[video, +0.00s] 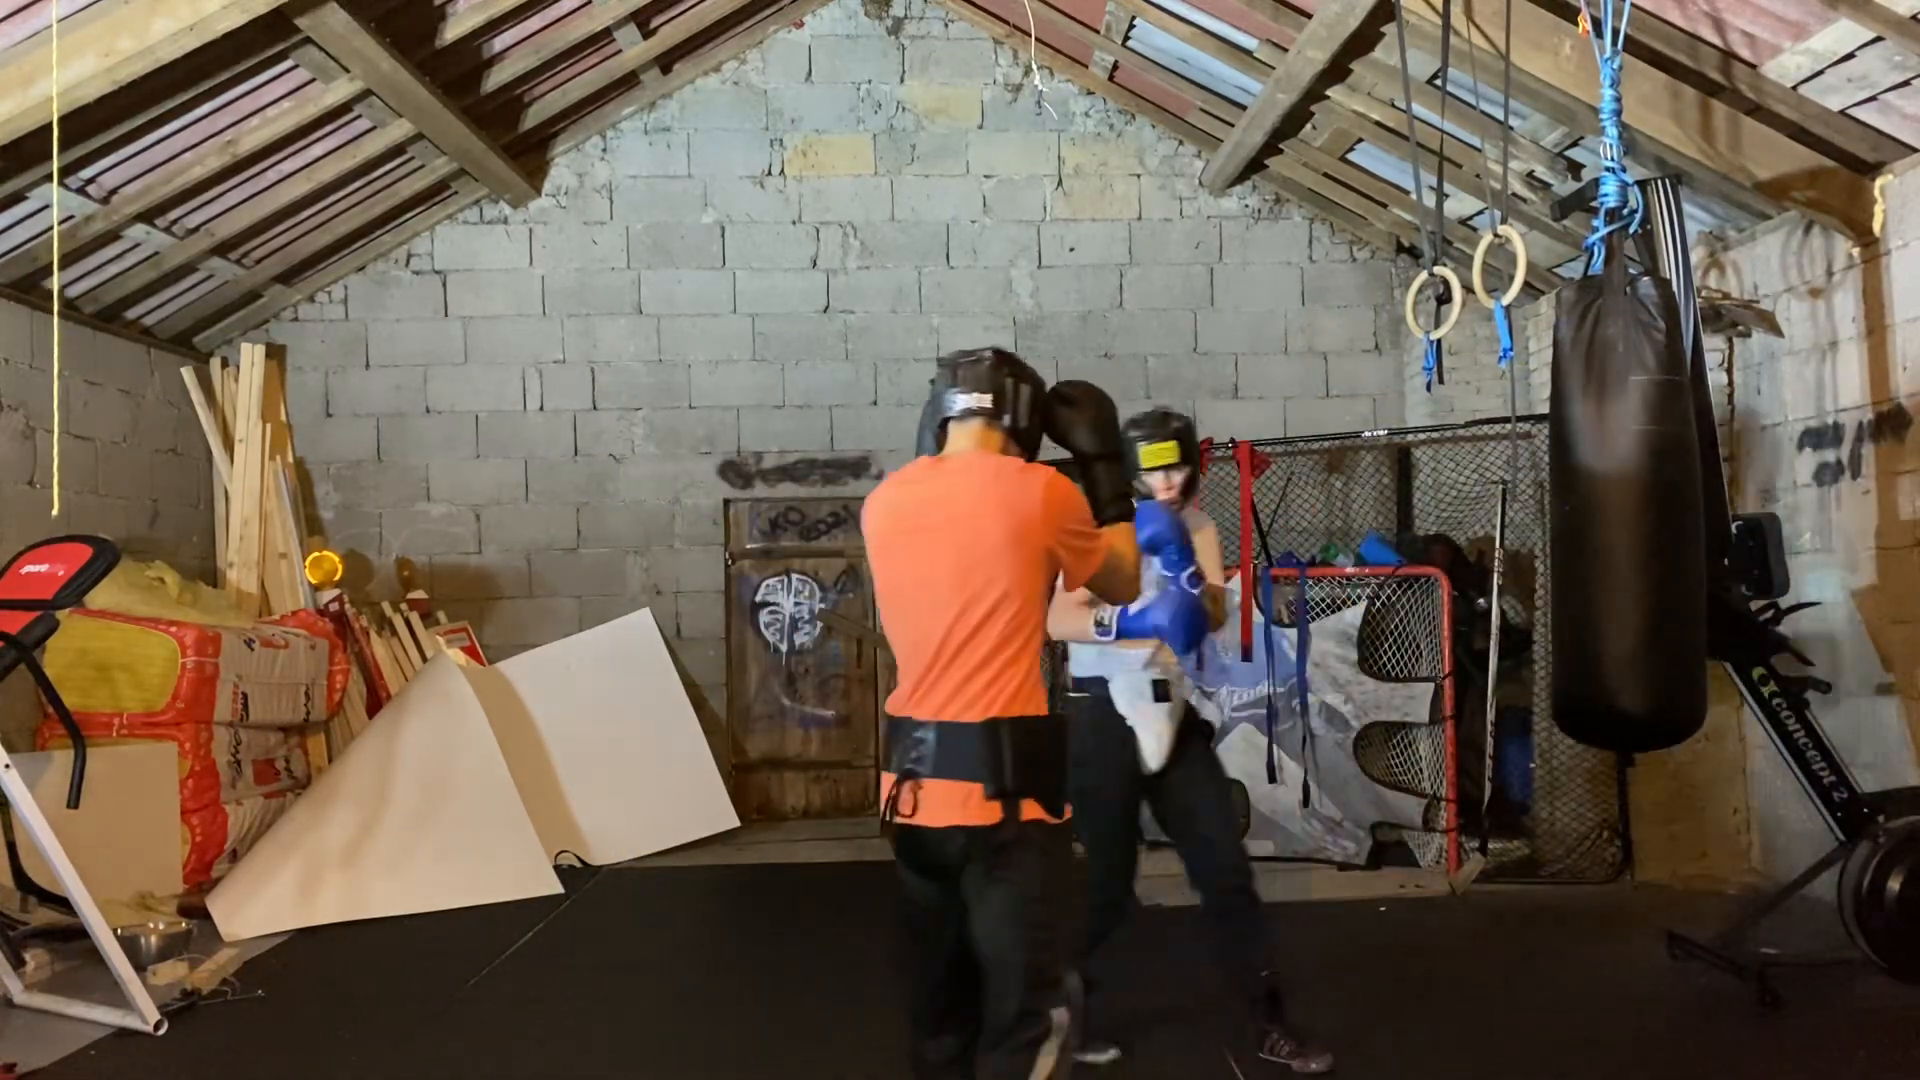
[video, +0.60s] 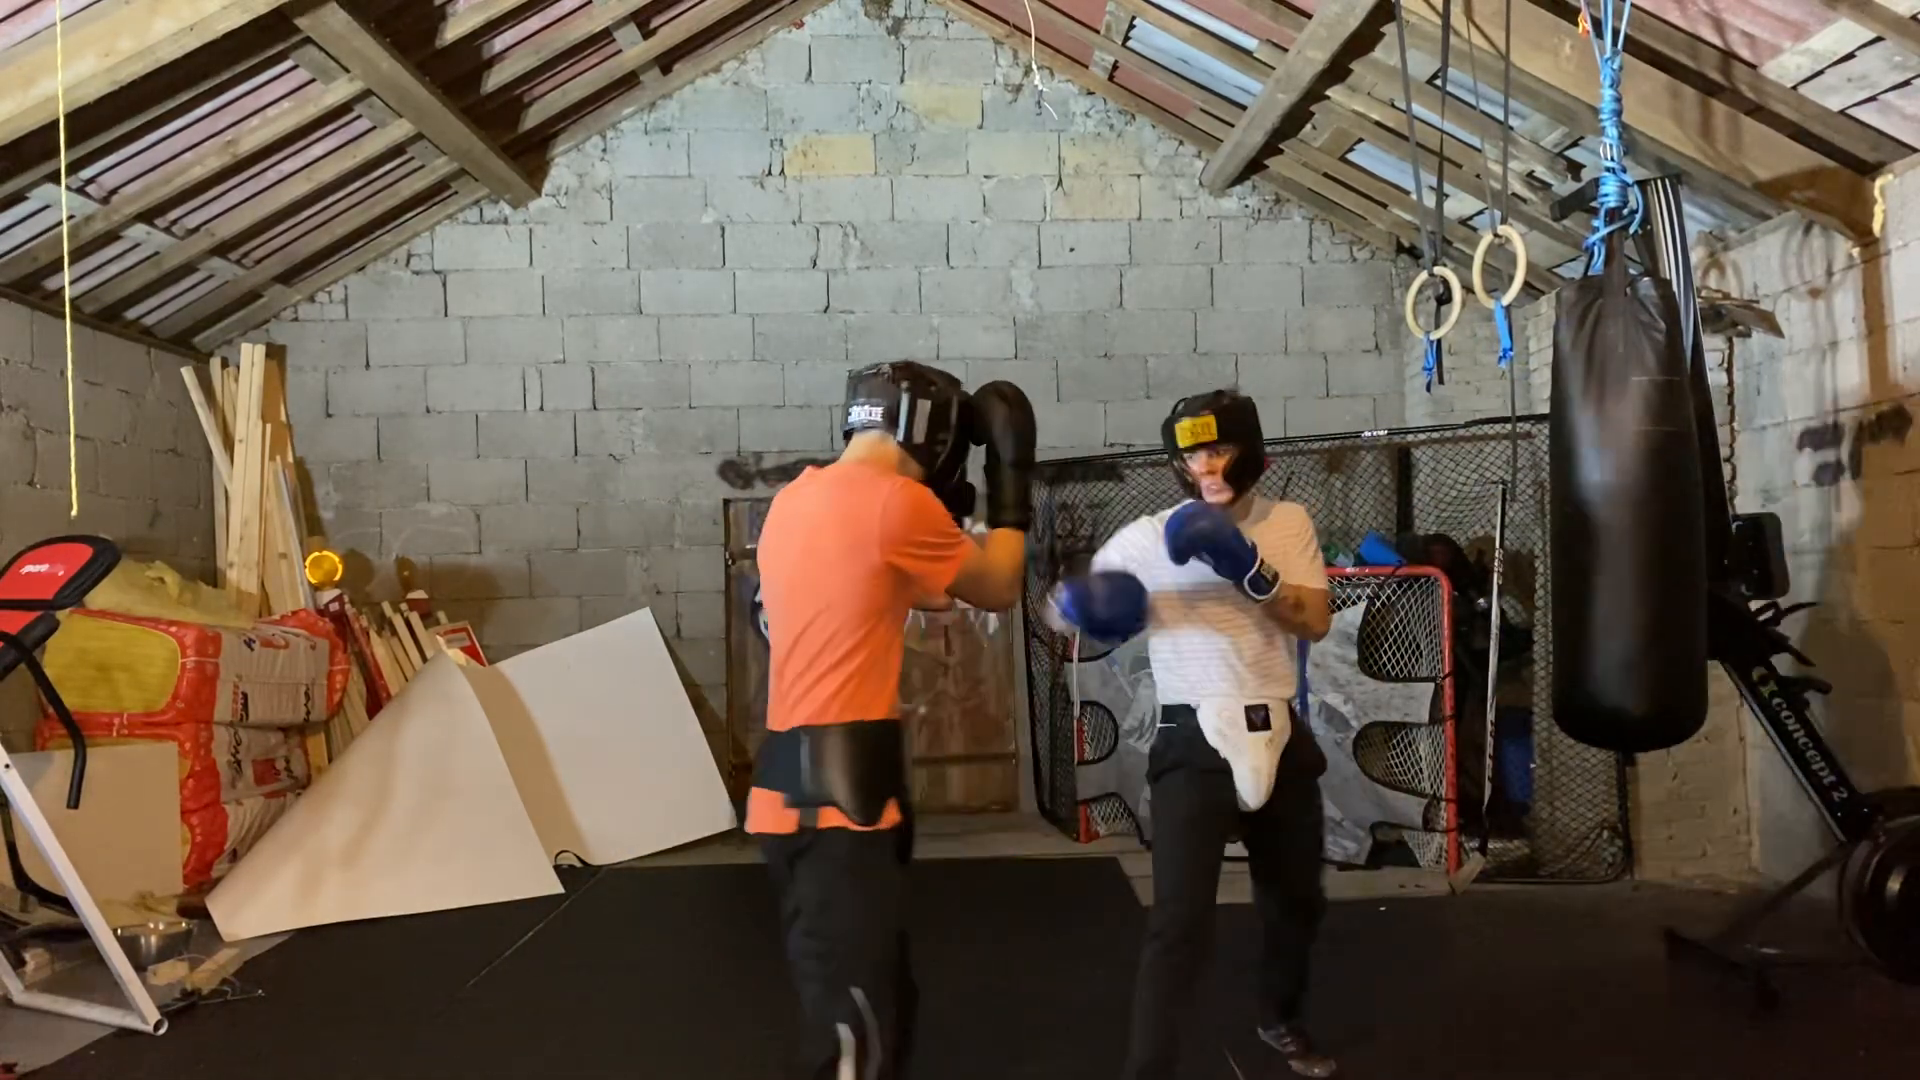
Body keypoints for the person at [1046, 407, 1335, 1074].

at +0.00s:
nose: (1169, 483)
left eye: (1179, 469)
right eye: (1155, 472)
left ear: (1195, 469)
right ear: (1129, 475)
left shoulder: (1198, 529)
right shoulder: (1103, 531)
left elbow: (1218, 617)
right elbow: (1058, 619)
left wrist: (1198, 584)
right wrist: (1133, 635)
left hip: (1172, 708)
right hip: (1097, 711)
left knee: (1224, 867)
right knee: (1108, 879)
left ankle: (1265, 1028)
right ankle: (1073, 1015)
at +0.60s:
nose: (1208, 468)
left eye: (1220, 453)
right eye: (1193, 457)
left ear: (1250, 453)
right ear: (1178, 464)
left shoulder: (1287, 523)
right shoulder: (1147, 538)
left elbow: (1315, 621)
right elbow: (1067, 620)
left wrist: (1250, 571)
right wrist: (1078, 616)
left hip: (1284, 742)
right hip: (1192, 746)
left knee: (1296, 903)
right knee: (1180, 921)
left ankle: (1278, 1022)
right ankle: (1147, 1068)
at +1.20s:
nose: (1280, 446)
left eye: (1296, 427)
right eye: (1275, 428)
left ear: (1348, 430)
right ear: (1273, 436)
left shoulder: (1416, 517)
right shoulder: (1255, 517)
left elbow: (1413, 635)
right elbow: (1238, 617)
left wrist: (1313, 548)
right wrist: (1199, 615)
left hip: (1388, 766)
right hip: (1274, 768)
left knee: (1443, 969)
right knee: (1207, 964)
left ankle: (1487, 1071)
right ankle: (1195, 1070)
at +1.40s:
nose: (1297, 404)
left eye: (1310, 382)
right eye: (1289, 388)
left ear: (1365, 379)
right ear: (1288, 401)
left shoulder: (1448, 469)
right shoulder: (1286, 477)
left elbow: (1448, 589)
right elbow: (1263, 589)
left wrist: (1333, 503)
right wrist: (1202, 560)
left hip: (1413, 736)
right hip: (1300, 736)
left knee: (1450, 952)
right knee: (1244, 943)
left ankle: (1487, 1073)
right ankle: (1243, 1067)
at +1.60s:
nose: (1251, 431)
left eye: (1263, 409)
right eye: (1246, 413)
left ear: (1320, 402)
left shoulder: (1426, 482)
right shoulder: (1269, 499)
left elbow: (1411, 601)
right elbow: (1257, 636)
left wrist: (1287, 518)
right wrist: (1191, 620)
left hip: (1415, 770)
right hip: (1295, 769)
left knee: (1448, 986)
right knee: (1259, 998)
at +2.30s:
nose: (1116, 433)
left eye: (1127, 408)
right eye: (1115, 410)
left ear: (1184, 405)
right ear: (1189, 407)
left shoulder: (1300, 514)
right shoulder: (1170, 524)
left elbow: (1240, 668)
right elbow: (1155, 628)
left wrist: (1139, 560)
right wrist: (1053, 582)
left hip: (1279, 844)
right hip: (1174, 839)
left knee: (1266, 1066)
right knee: (1079, 1047)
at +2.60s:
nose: (1010, 399)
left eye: (1015, 376)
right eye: (1011, 378)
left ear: (1050, 376)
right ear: (1103, 375)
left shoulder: (1153, 489)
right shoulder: (1091, 499)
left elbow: (1056, 638)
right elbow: (1062, 567)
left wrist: (988, 533)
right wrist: (1003, 495)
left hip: (1178, 837)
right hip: (1099, 832)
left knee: (1203, 1061)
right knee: (1028, 1034)